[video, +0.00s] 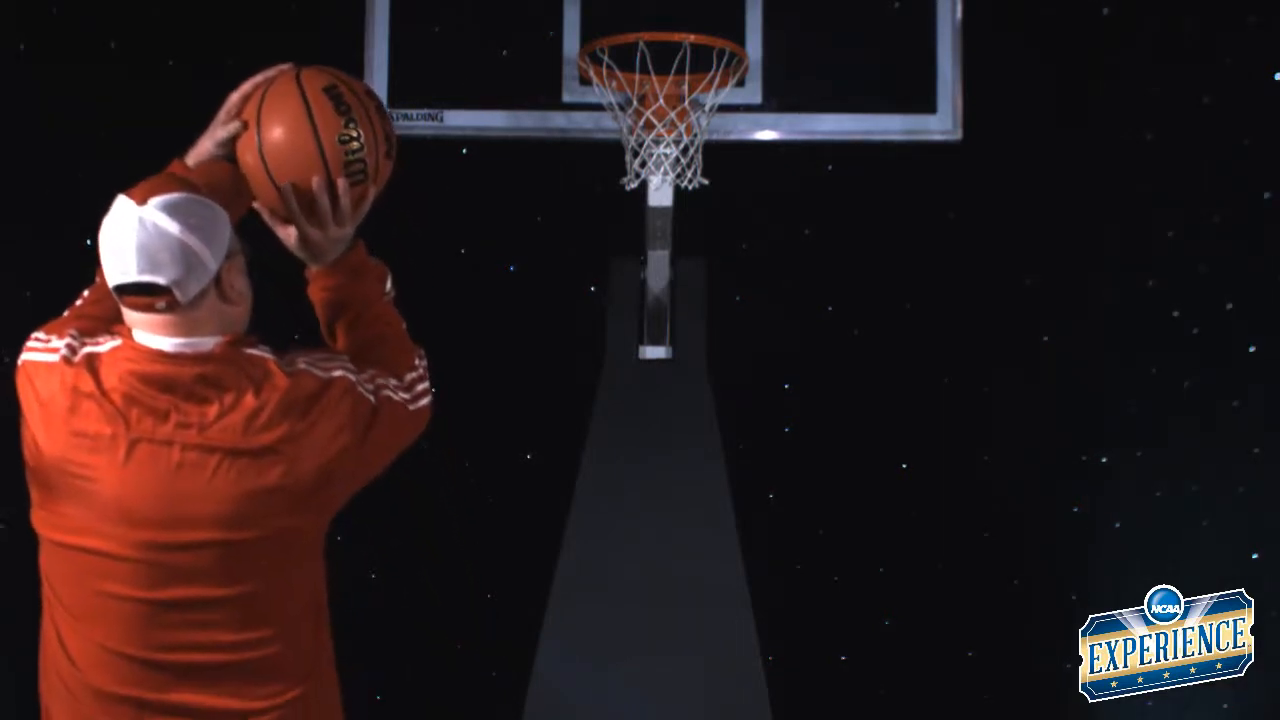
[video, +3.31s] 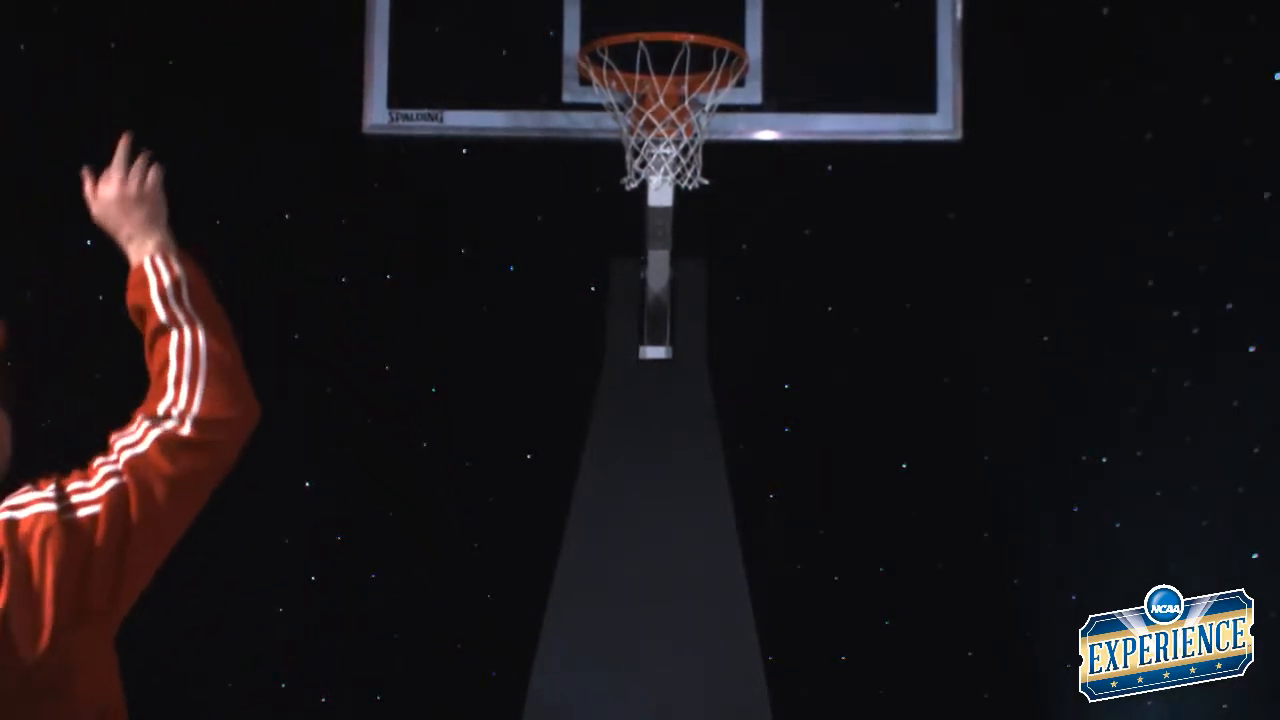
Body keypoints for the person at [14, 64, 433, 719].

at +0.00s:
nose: (244, 262)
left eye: (236, 253)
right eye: (236, 255)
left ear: (120, 288)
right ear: (226, 285)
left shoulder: (51, 390)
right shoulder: (303, 416)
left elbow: (117, 270)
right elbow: (405, 390)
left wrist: (198, 168)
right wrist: (342, 267)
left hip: (89, 707)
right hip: (273, 706)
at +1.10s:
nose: (169, 212)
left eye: (162, 196)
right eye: (161, 199)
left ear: (45, 224)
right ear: (145, 223)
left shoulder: (3, 327)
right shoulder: (216, 352)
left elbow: (60, 214)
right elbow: (345, 325)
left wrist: (168, 103)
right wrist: (305, 190)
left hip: (30, 697)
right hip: (193, 698)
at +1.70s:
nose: (120, 229)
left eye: (113, 216)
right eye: (111, 221)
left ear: (10, 249)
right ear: (93, 249)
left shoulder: (2, 340)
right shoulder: (154, 358)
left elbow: (36, 196)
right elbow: (272, 249)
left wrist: (151, 124)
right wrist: (304, 112)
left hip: (17, 697)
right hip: (155, 701)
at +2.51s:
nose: (56, 295)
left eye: (43, 285)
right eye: (44, 288)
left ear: (9, 332)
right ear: (20, 330)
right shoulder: (89, 430)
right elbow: (185, 274)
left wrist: (79, 191)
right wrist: (219, 102)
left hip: (17, 702)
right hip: (125, 702)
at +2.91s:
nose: (22, 353)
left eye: (14, 346)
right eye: (13, 350)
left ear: (12, 378)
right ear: (1, 383)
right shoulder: (40, 500)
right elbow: (186, 335)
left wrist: (18, 248)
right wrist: (176, 155)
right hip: (90, 701)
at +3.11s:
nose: (14, 396)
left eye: (7, 366)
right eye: (7, 367)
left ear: (11, 371)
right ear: (3, 376)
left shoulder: (38, 537)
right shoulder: (33, 539)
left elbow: (190, 371)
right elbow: (190, 368)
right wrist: (159, 194)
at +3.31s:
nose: (9, 414)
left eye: (4, 385)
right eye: (5, 385)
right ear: (4, 409)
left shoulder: (33, 555)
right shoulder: (27, 557)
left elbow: (202, 409)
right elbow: (202, 407)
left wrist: (148, 244)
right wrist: (149, 243)